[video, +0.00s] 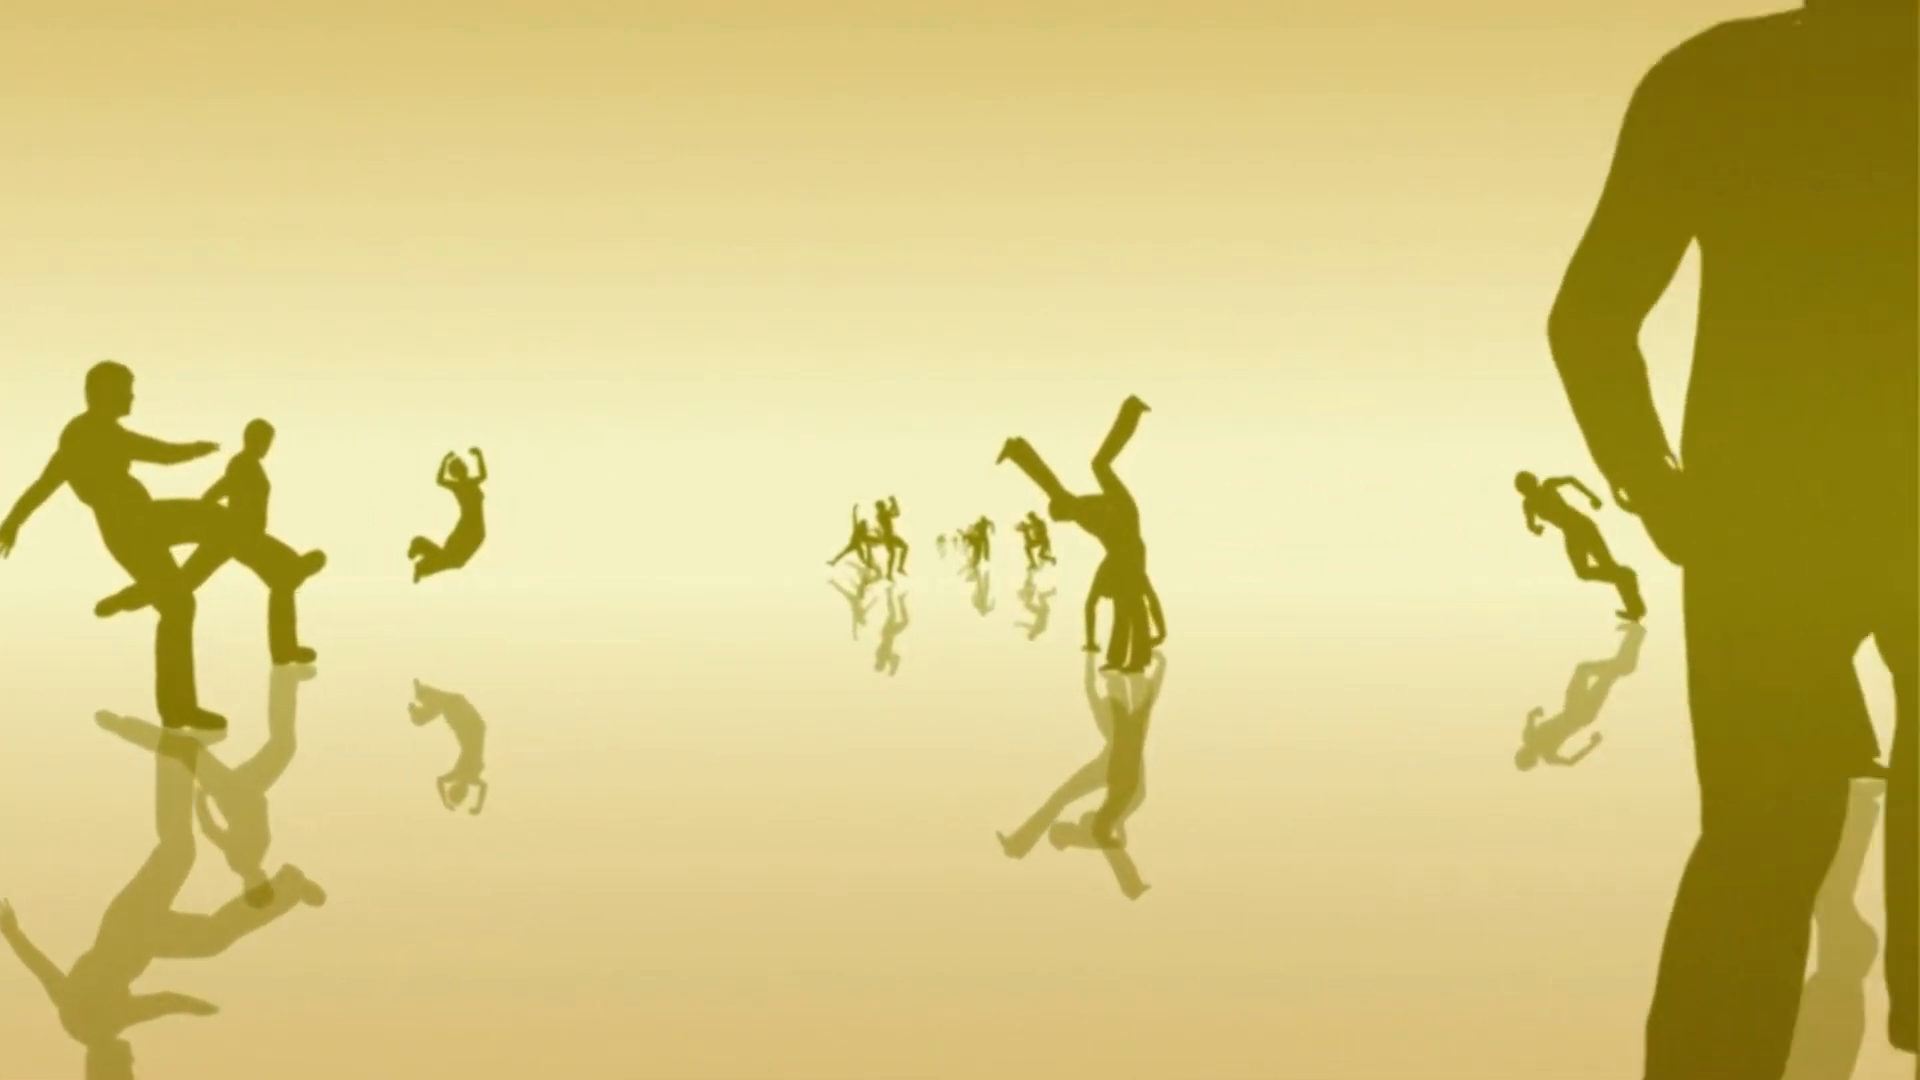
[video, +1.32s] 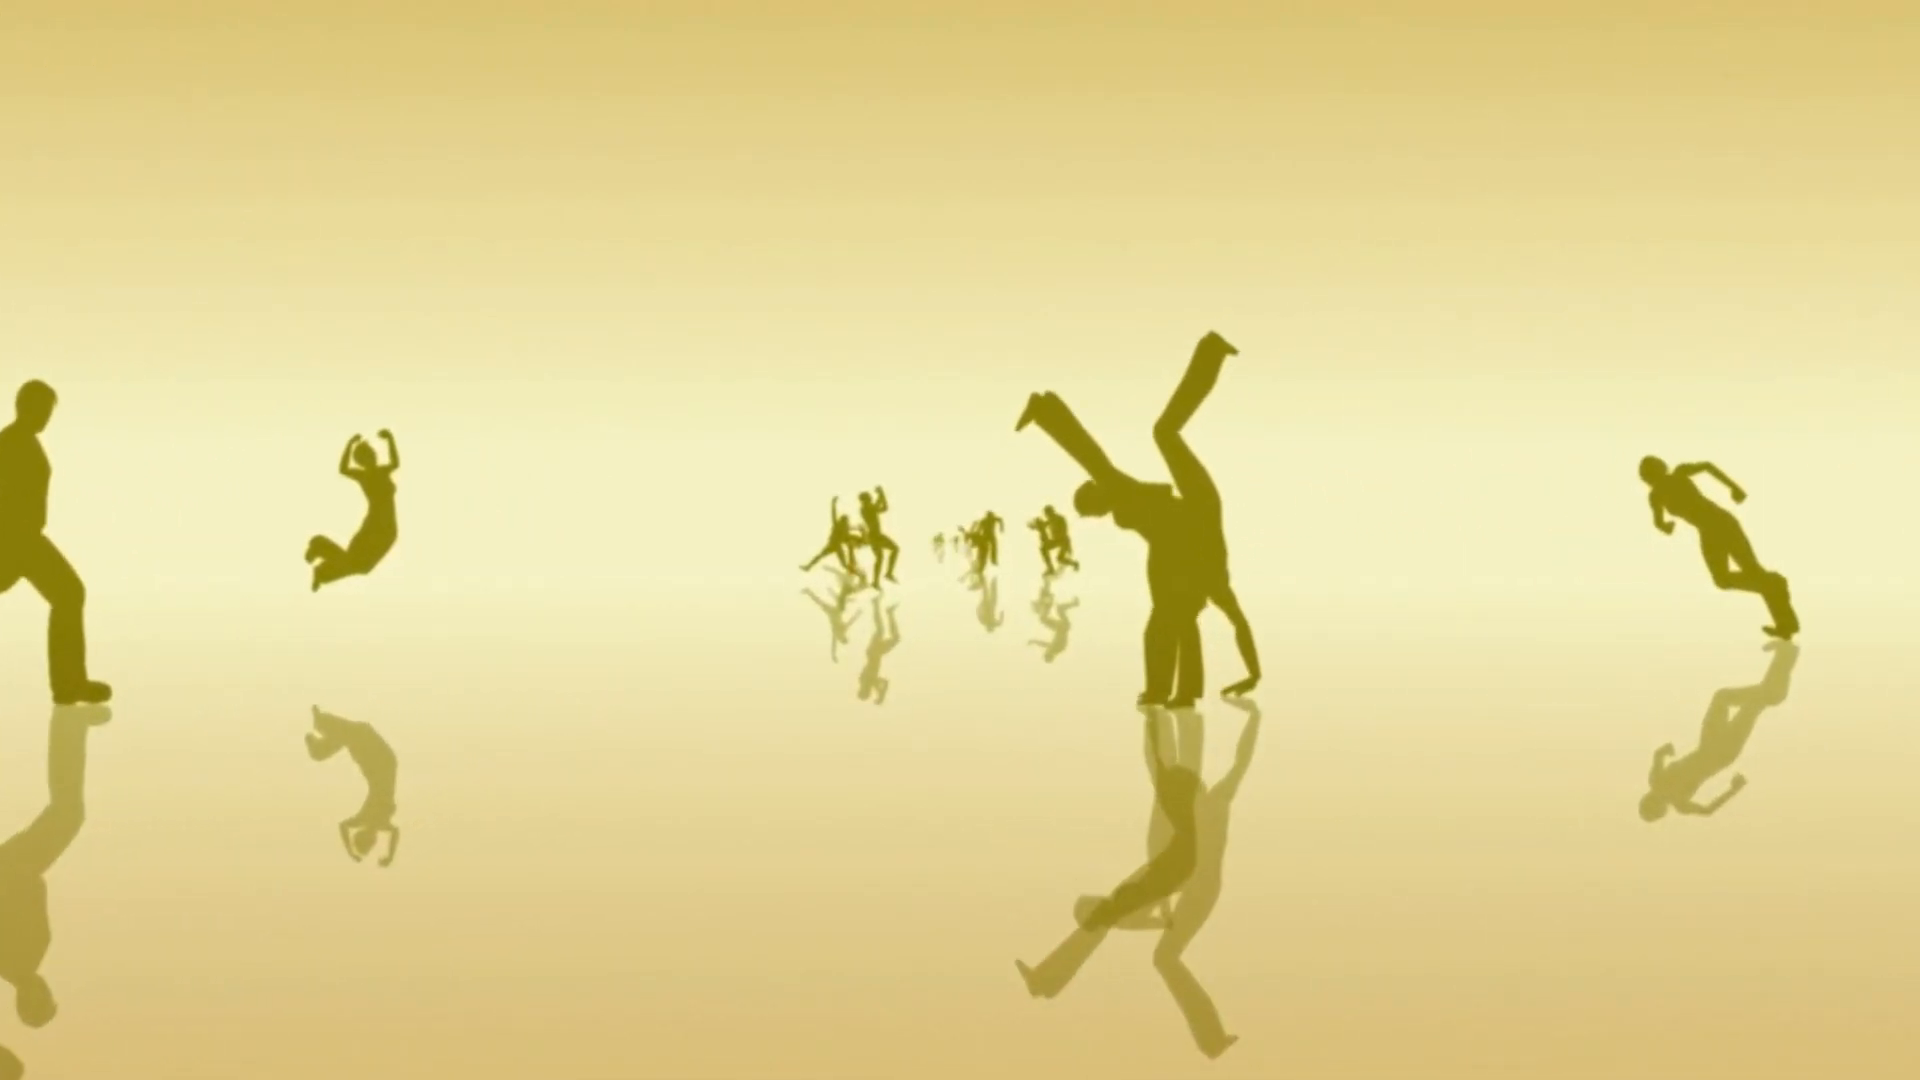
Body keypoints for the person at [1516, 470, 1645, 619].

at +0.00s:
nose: (1526, 491)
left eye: (1527, 485)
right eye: (1522, 489)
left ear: (1532, 481)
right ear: (1521, 490)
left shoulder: (1548, 485)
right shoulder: (1528, 504)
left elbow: (1571, 479)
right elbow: (1530, 523)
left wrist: (1591, 496)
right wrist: (1536, 529)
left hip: (1582, 524)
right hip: (1569, 531)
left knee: (1607, 564)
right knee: (1583, 571)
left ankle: (1634, 606)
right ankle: (1622, 575)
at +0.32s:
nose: (1550, 489)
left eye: (1551, 483)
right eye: (1545, 486)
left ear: (1557, 479)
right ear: (1544, 488)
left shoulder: (1573, 483)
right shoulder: (1552, 503)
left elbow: (1597, 477)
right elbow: (1554, 523)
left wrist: (1618, 495)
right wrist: (1561, 529)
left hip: (1609, 524)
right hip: (1595, 532)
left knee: (1635, 565)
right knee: (1609, 573)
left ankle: (1663, 610)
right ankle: (1651, 576)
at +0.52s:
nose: (1567, 487)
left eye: (1567, 482)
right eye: (1563, 485)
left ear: (1574, 477)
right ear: (1562, 486)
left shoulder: (1592, 481)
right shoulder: (1571, 501)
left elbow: (1616, 475)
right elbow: (1573, 522)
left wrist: (1639, 493)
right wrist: (1579, 528)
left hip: (1629, 523)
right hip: (1615, 531)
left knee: (1655, 565)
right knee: (1629, 574)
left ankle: (1685, 612)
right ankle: (1673, 578)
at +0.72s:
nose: (1586, 486)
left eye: (1586, 480)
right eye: (1582, 483)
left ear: (1593, 475)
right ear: (1582, 484)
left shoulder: (1612, 479)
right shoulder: (1590, 500)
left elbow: (1637, 473)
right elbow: (1592, 521)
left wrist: (1661, 492)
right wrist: (1599, 528)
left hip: (1650, 522)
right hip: (1636, 531)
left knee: (1678, 567)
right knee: (1650, 575)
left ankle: (1708, 615)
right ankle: (1695, 579)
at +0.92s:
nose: (1605, 484)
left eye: (1605, 478)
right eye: (1602, 480)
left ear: (1612, 474)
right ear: (1603, 481)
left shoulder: (1633, 477)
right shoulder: (1610, 499)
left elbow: (1659, 471)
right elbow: (1613, 522)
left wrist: (1683, 490)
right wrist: (1620, 528)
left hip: (1671, 522)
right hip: (1658, 530)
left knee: (1701, 567)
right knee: (1673, 577)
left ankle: (1732, 617)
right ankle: (1719, 580)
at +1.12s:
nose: (1628, 482)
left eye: (1628, 476)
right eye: (1624, 479)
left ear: (1635, 471)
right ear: (1624, 480)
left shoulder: (1656, 475)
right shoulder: (1632, 497)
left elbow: (1683, 468)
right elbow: (1635, 521)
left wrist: (1708, 489)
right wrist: (1642, 527)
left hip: (1695, 521)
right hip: (1681, 530)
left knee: (1726, 568)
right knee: (1697, 578)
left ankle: (1758, 620)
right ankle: (1744, 581)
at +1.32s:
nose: (1651, 480)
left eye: (1651, 474)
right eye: (1647, 477)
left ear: (1657, 470)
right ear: (1648, 477)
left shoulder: (1680, 472)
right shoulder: (1655, 496)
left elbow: (1707, 466)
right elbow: (1658, 521)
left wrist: (1733, 487)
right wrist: (1666, 527)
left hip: (1720, 521)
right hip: (1706, 530)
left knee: (1752, 569)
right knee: (1722, 579)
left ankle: (1785, 623)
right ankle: (1771, 583)